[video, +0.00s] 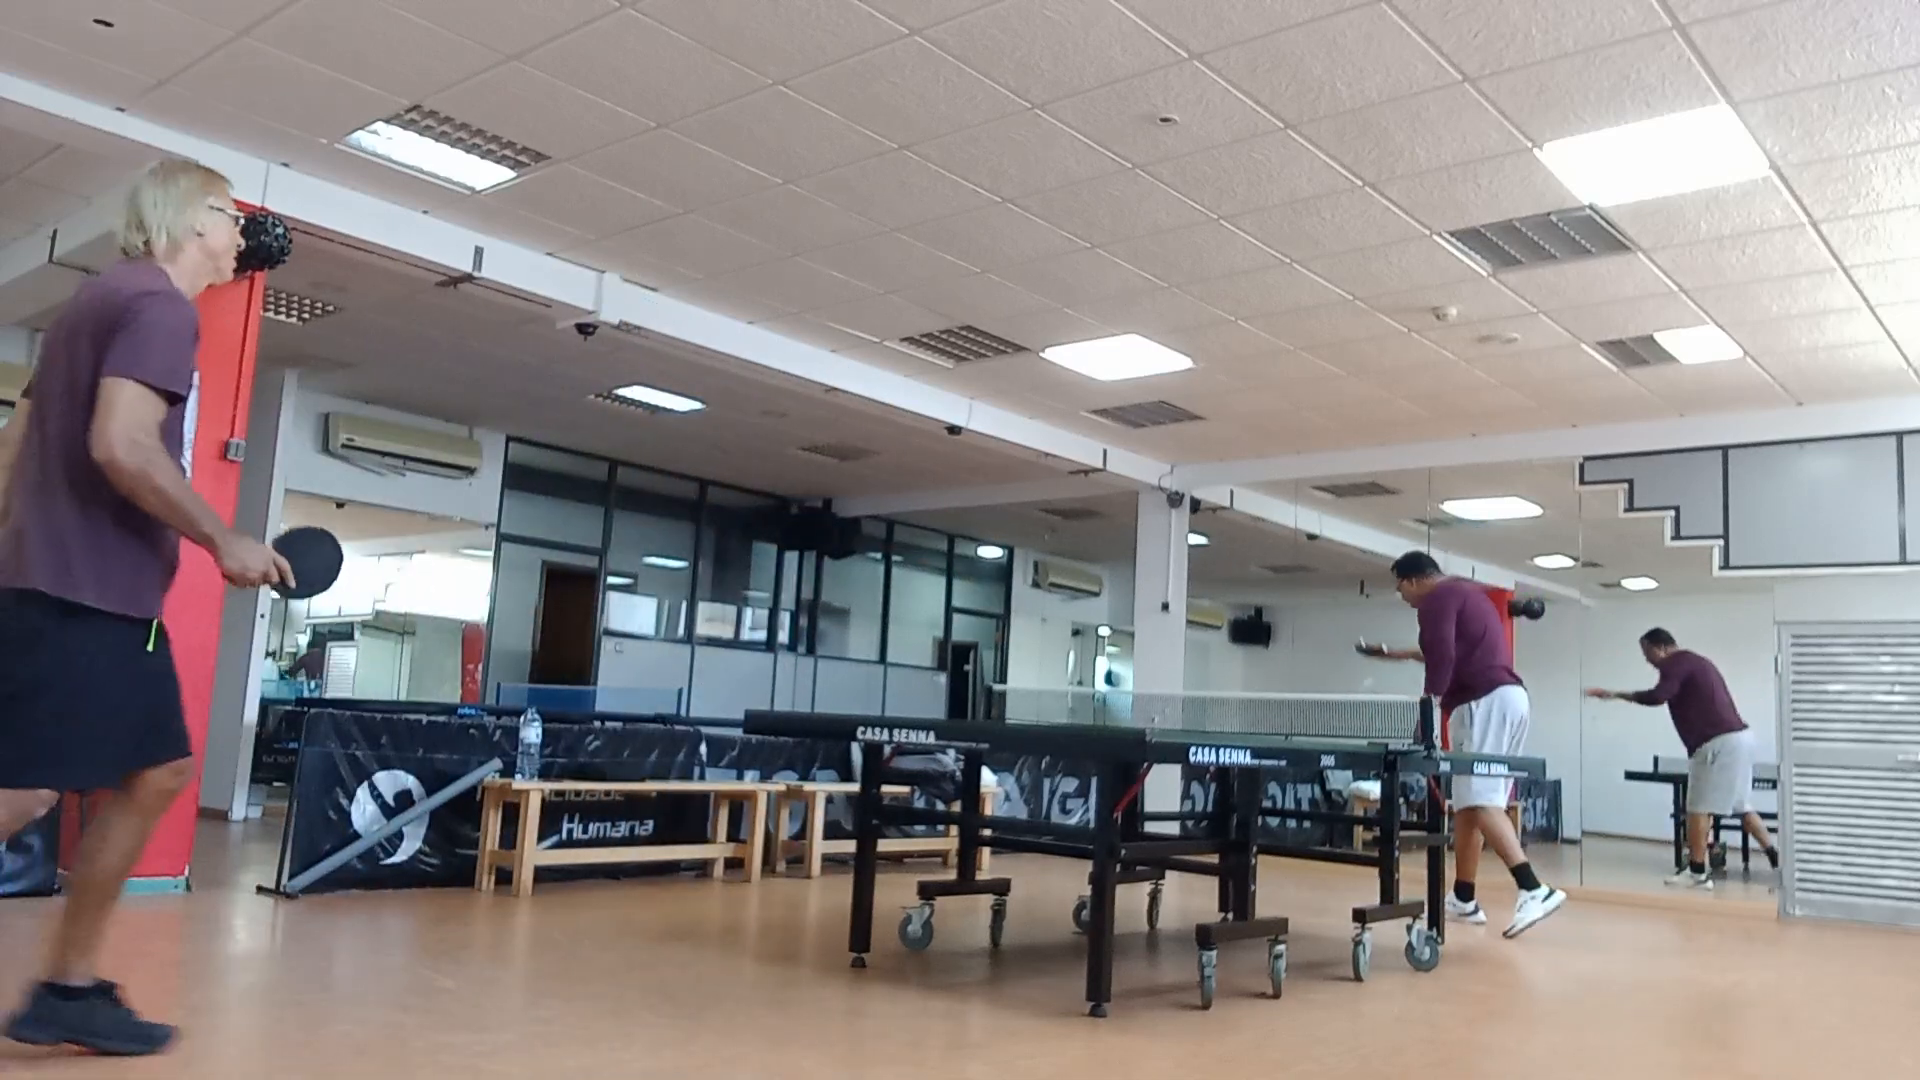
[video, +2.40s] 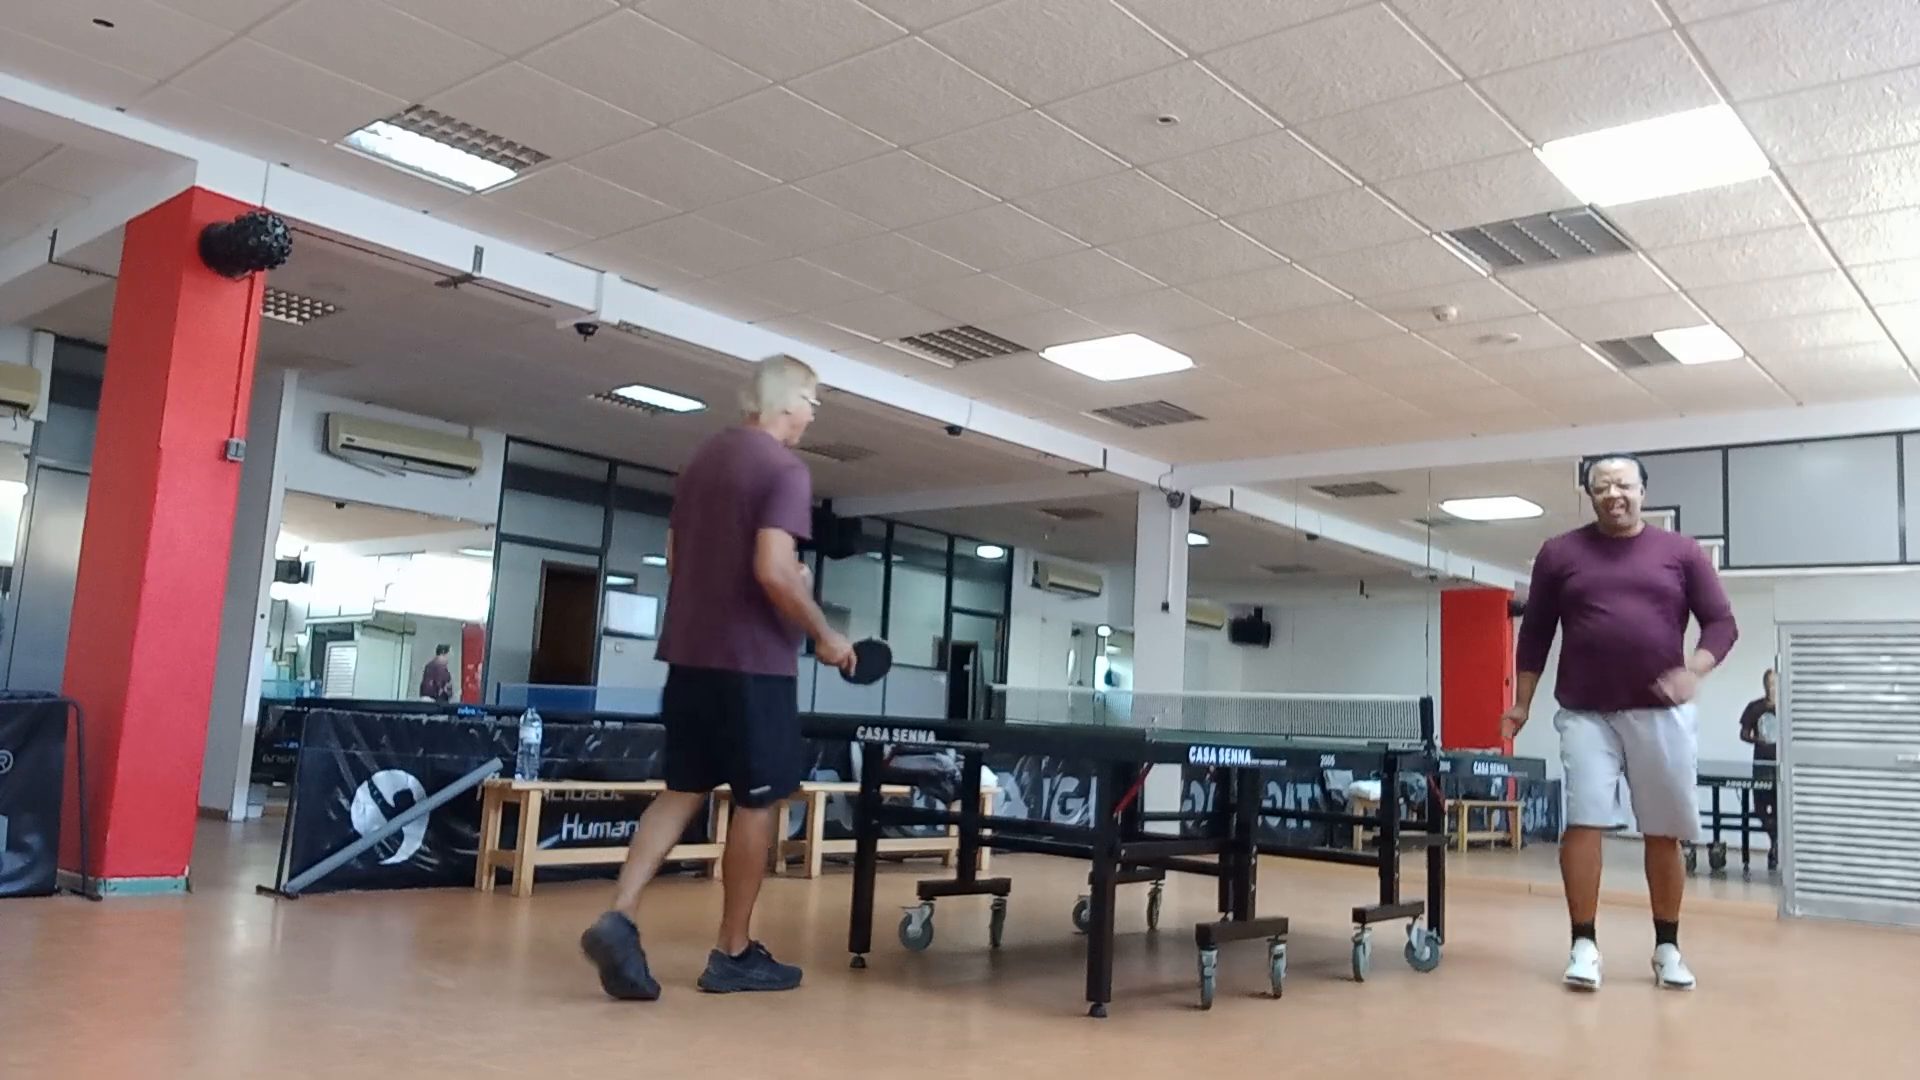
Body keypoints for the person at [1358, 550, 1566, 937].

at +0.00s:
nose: (1403, 598)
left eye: (1401, 590)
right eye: (1400, 591)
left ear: (1412, 580)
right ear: (1429, 575)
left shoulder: (1438, 597)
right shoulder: (1462, 592)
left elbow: (1442, 657)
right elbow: (1446, 654)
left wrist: (1428, 714)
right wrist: (1396, 653)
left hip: (1487, 702)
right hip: (1501, 699)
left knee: (1480, 801)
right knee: (1467, 806)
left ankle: (1534, 891)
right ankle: (1463, 900)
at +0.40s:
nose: (1397, 598)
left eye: (1396, 589)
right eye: (1394, 591)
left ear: (1413, 577)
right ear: (1415, 577)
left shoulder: (1449, 593)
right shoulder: (1442, 603)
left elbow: (1469, 648)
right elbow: (1452, 663)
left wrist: (1463, 709)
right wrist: (1446, 712)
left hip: (1497, 701)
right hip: (1479, 706)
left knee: (1505, 800)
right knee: (1473, 806)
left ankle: (1562, 893)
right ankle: (1464, 900)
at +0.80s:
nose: (1431, 570)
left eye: (1435, 560)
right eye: (1429, 564)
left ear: (1461, 558)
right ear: (1448, 564)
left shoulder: (1507, 591)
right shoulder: (1444, 616)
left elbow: (1549, 640)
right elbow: (1418, 658)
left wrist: (1539, 697)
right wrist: (1374, 683)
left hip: (1525, 715)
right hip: (1481, 725)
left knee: (1533, 813)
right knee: (1482, 815)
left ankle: (1568, 901)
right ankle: (1464, 901)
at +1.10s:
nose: (1491, 556)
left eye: (1498, 547)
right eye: (1486, 553)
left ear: (1523, 549)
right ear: (1485, 563)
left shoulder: (1566, 593)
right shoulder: (1482, 605)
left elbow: (1605, 650)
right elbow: (1443, 646)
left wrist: (1612, 712)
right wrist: (1415, 630)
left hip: (1564, 724)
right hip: (1508, 726)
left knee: (1564, 819)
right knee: (1485, 811)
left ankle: (1567, 907)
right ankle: (1472, 898)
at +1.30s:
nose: (1524, 548)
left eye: (1532, 540)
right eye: (1518, 543)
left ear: (1555, 545)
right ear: (1511, 552)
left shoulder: (1590, 594)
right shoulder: (1498, 599)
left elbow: (1623, 653)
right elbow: (1482, 655)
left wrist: (1621, 710)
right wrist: (1471, 675)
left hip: (1576, 725)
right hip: (1516, 722)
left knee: (1572, 819)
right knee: (1509, 807)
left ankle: (1569, 907)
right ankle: (1513, 905)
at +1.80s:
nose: (1550, 527)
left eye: (1557, 518)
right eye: (1540, 522)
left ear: (1576, 522)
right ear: (1531, 533)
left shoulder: (1614, 573)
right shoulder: (1511, 587)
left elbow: (1642, 638)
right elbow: (1499, 654)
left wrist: (1667, 700)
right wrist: (1495, 707)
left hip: (1613, 718)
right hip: (1546, 723)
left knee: (1632, 814)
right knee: (1547, 822)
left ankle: (1621, 916)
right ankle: (1550, 921)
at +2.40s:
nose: (1615, 495)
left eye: (1624, 485)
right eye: (1603, 488)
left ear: (1643, 492)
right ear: (1591, 500)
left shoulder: (1681, 552)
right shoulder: (1560, 555)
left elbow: (1722, 623)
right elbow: (1535, 633)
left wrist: (1693, 671)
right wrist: (1522, 702)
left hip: (1661, 713)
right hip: (1585, 713)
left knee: (1665, 832)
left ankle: (1668, 948)